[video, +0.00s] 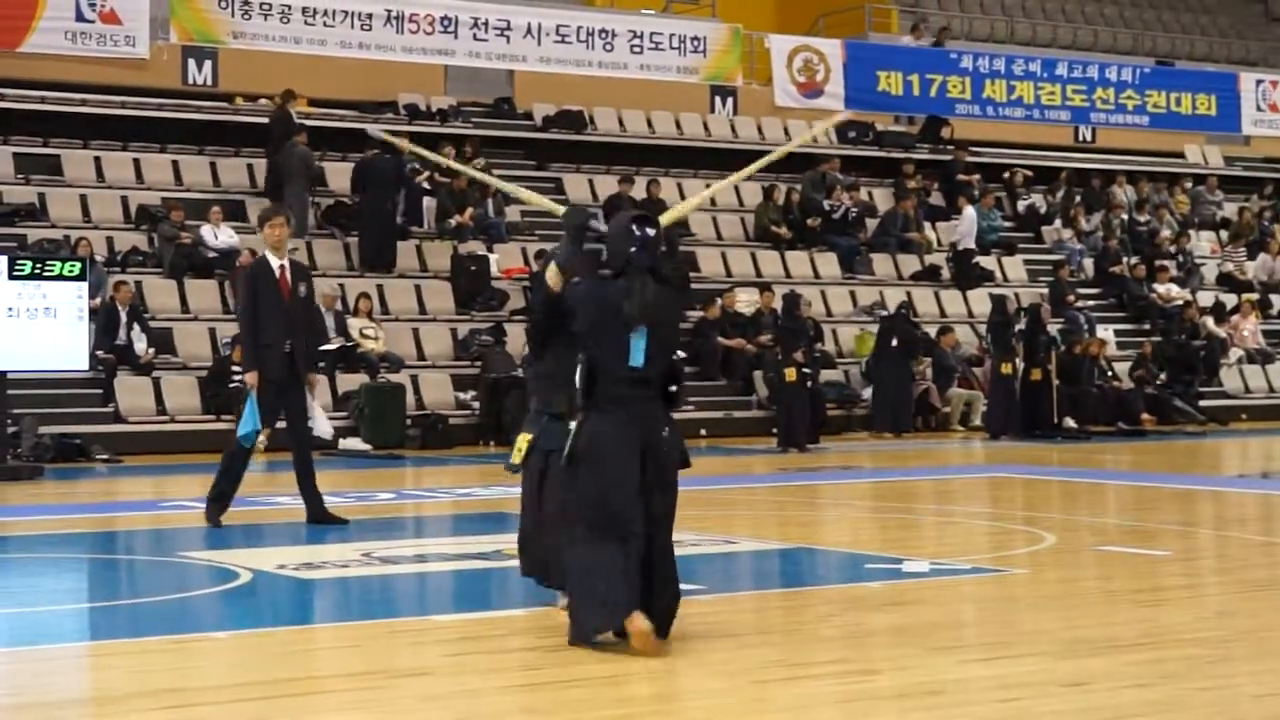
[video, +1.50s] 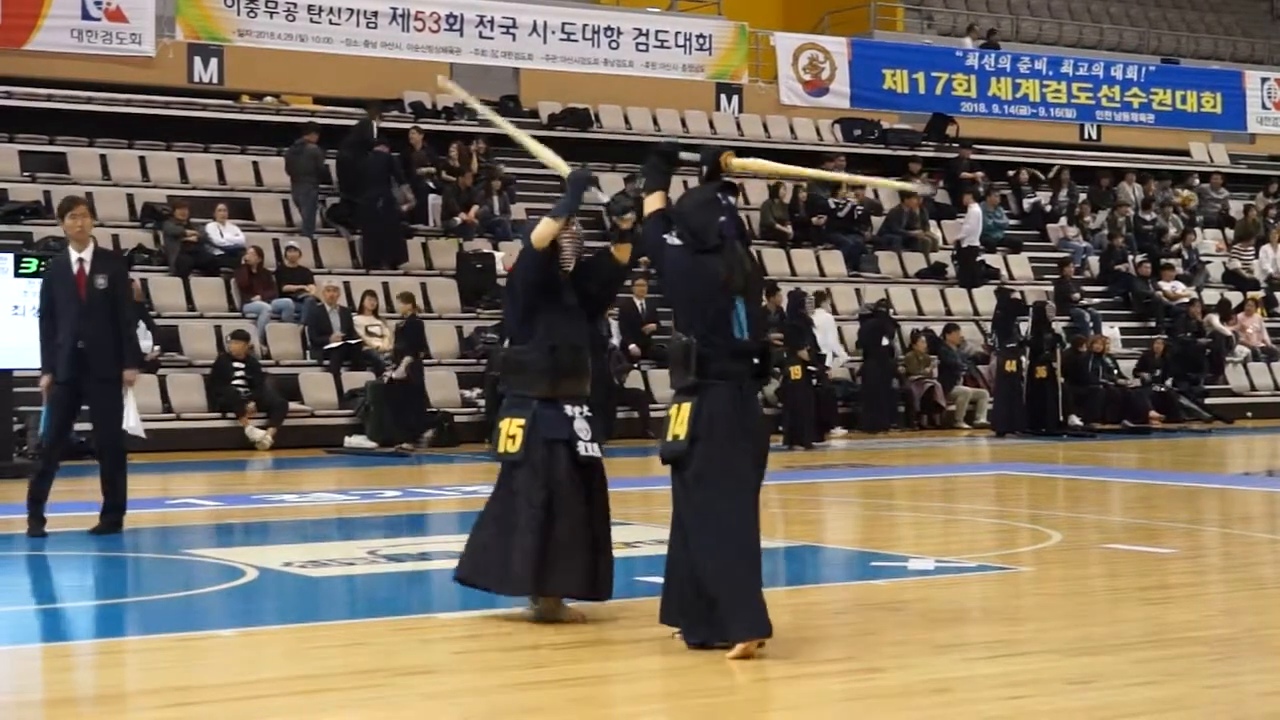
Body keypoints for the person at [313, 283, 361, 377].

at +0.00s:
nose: (334, 302)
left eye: (335, 299)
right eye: (331, 299)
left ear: (337, 299)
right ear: (323, 298)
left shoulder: (339, 314)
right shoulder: (314, 313)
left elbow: (345, 334)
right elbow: (313, 337)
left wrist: (341, 340)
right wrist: (327, 341)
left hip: (340, 344)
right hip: (324, 345)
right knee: (330, 357)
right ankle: (332, 390)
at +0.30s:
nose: (334, 301)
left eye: (335, 298)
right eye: (331, 298)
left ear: (336, 299)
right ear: (322, 298)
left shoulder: (339, 314)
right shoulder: (311, 313)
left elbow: (345, 335)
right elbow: (310, 338)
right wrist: (326, 342)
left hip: (339, 346)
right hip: (321, 347)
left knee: (351, 355)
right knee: (330, 356)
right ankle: (331, 389)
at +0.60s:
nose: (330, 297)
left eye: (332, 294)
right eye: (327, 293)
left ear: (335, 297)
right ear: (321, 296)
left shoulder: (340, 314)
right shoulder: (312, 312)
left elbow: (346, 334)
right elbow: (310, 339)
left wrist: (340, 338)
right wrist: (327, 340)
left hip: (339, 345)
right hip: (320, 346)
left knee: (351, 352)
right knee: (332, 354)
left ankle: (353, 383)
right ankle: (332, 386)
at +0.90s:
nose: (329, 296)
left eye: (332, 293)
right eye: (326, 292)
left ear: (336, 295)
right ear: (321, 294)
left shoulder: (342, 313)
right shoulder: (313, 313)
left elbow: (348, 334)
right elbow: (310, 338)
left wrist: (340, 337)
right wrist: (325, 338)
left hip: (341, 345)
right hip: (321, 346)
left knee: (354, 351)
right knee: (333, 353)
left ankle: (353, 384)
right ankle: (332, 386)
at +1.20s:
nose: (330, 295)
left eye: (333, 292)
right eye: (327, 292)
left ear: (337, 295)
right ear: (321, 294)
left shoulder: (343, 312)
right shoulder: (314, 312)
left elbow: (349, 334)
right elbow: (312, 339)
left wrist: (341, 338)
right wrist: (328, 340)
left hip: (342, 344)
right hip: (322, 346)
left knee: (355, 352)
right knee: (335, 353)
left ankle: (354, 383)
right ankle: (335, 385)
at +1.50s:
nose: (331, 294)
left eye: (334, 291)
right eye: (328, 291)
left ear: (339, 294)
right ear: (323, 294)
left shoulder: (345, 311)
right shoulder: (315, 311)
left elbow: (351, 334)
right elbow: (314, 339)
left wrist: (343, 338)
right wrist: (329, 339)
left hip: (344, 344)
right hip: (323, 346)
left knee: (356, 348)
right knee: (338, 350)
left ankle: (357, 381)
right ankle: (334, 383)